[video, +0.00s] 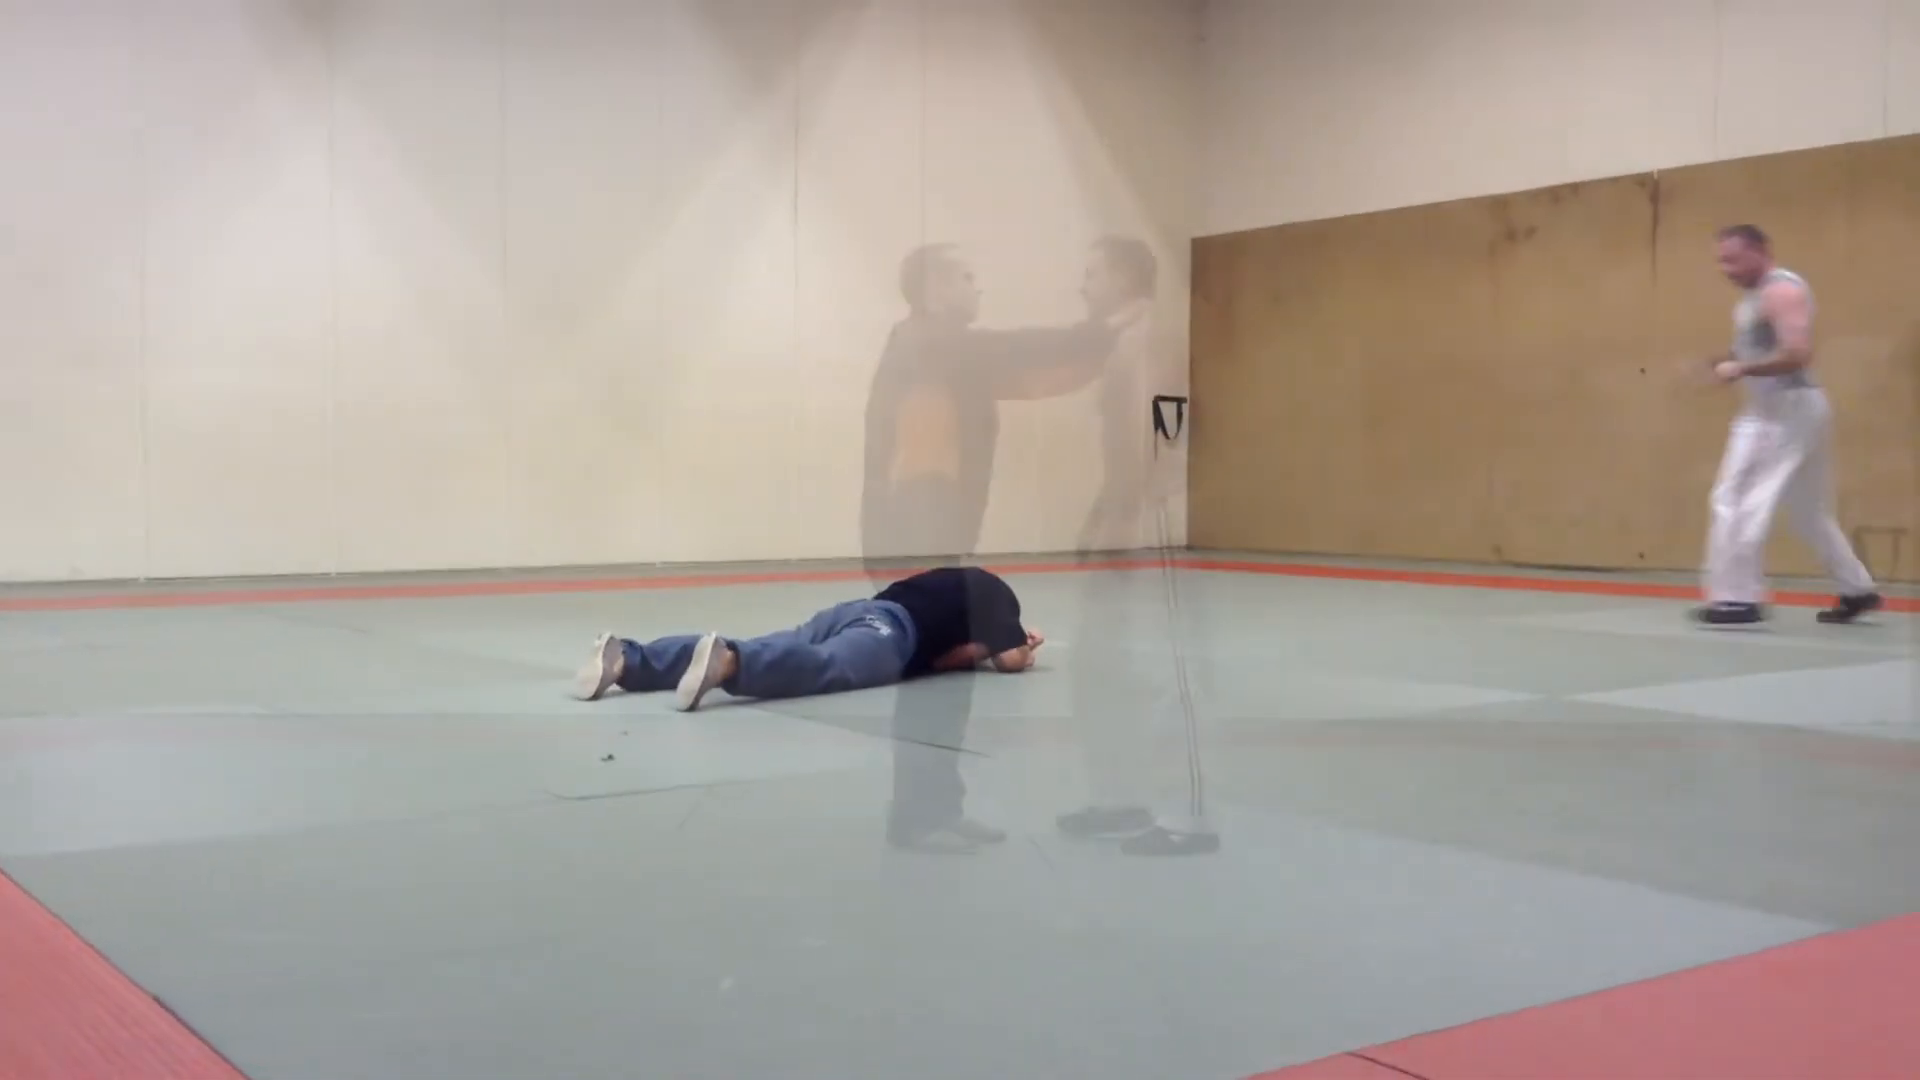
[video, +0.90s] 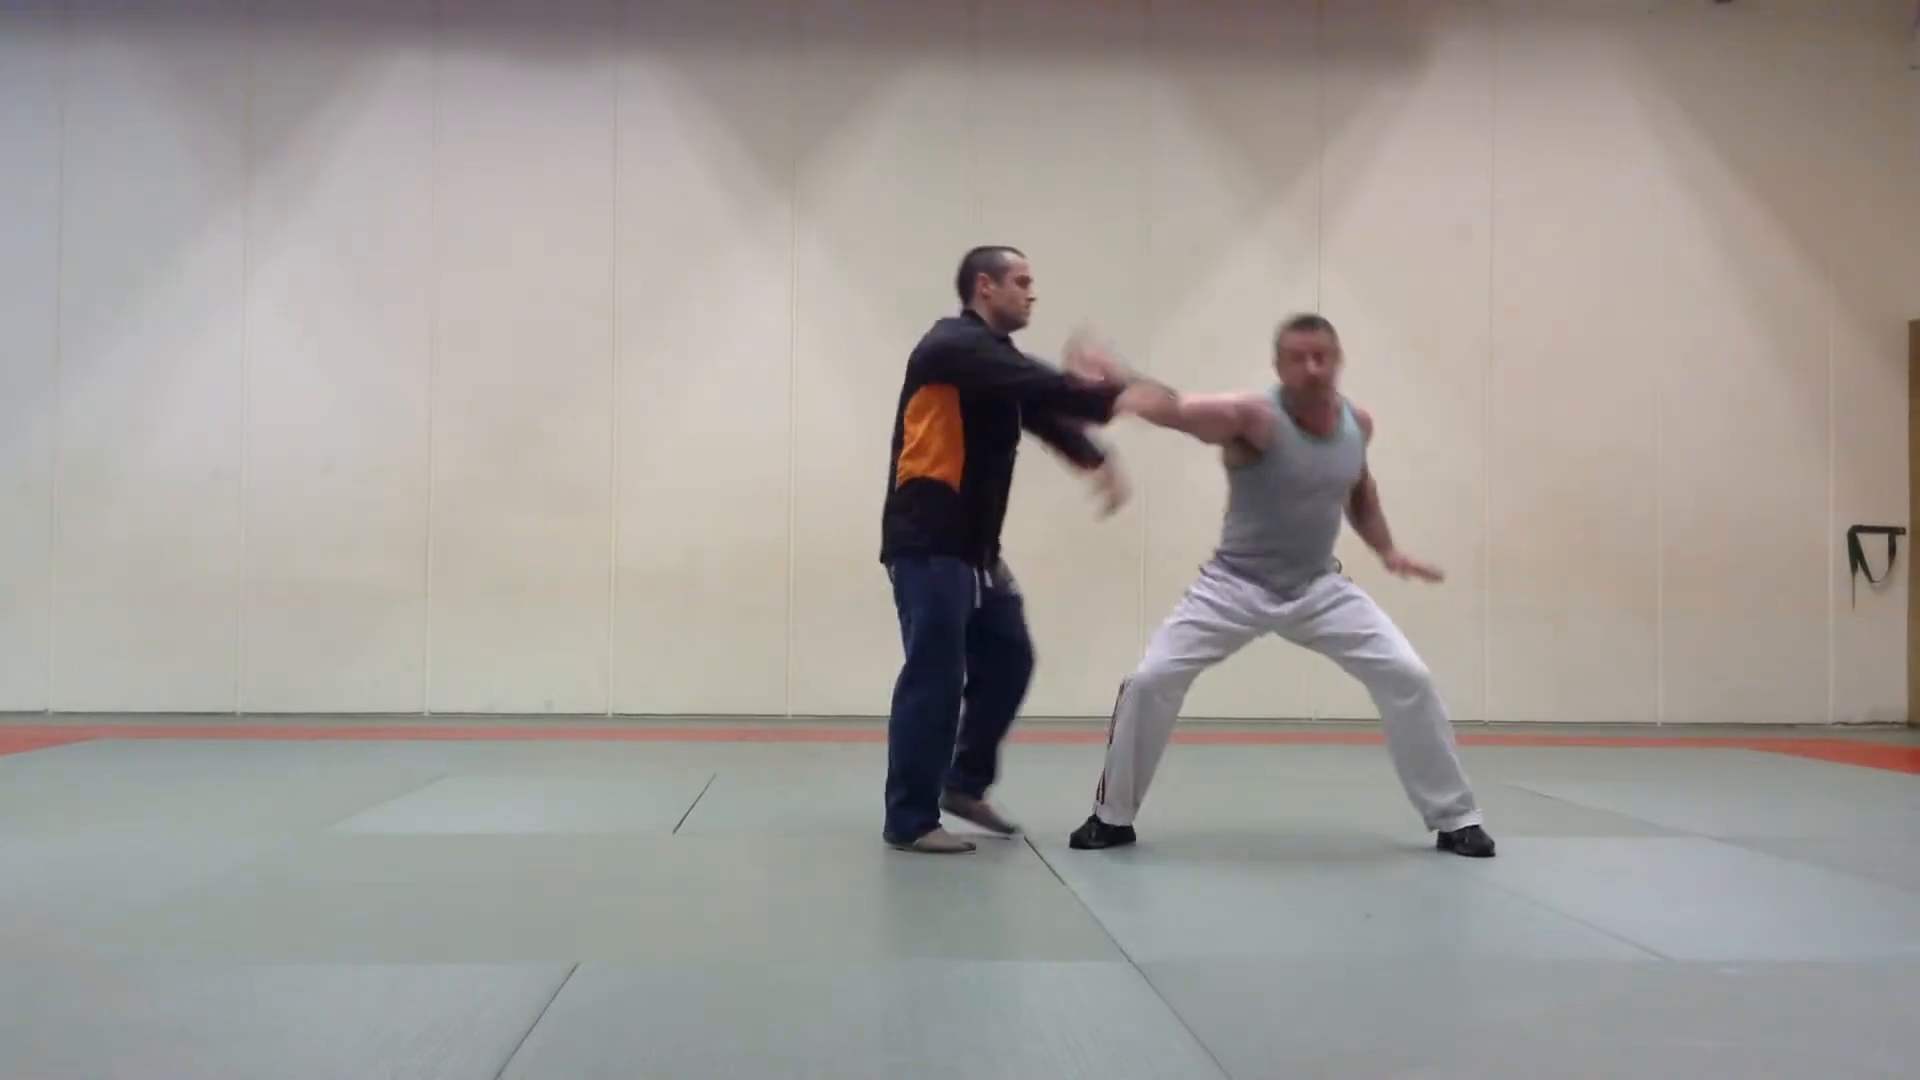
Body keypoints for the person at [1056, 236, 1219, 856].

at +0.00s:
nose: (1083, 284)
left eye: (1094, 272)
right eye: (1086, 272)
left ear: (1128, 280)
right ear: (1127, 282)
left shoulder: (1136, 348)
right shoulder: (1138, 343)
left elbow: (1133, 459)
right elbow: (1134, 455)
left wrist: (1108, 533)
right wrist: (1106, 525)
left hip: (1141, 531)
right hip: (1129, 528)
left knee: (1155, 670)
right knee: (1103, 662)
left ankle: (1180, 814)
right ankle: (1120, 797)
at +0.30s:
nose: (1075, 318)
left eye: (1083, 307)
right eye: (1075, 308)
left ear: (1118, 309)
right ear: (1105, 312)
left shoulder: (1163, 350)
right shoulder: (1106, 385)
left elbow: (1157, 425)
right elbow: (1122, 464)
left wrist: (1100, 491)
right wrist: (1110, 537)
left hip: (1212, 530)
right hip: (1162, 534)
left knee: (1187, 661)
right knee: (1120, 664)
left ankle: (1249, 798)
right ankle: (1137, 812)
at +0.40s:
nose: (1083, 343)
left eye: (1090, 330)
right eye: (1082, 332)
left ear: (1123, 326)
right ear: (1118, 331)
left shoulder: (1163, 356)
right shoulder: (1124, 399)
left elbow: (1160, 364)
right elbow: (1112, 486)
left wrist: (1119, 434)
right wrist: (1072, 541)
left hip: (1230, 556)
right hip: (1173, 556)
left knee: (1264, 688)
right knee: (1117, 671)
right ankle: (1135, 815)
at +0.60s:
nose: (1117, 352)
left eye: (1125, 340)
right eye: (1114, 344)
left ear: (1158, 337)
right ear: (1127, 348)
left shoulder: (1199, 370)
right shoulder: (1144, 403)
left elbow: (1280, 364)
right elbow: (1093, 416)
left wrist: (1368, 380)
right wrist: (1066, 358)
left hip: (1263, 571)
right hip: (1188, 572)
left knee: (1356, 688)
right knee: (1110, 672)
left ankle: (1452, 811)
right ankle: (1133, 815)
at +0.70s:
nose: (1178, 332)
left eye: (1189, 320)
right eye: (1169, 323)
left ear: (1218, 326)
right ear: (1163, 333)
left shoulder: (1267, 372)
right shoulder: (1161, 384)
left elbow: (1367, 396)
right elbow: (1085, 382)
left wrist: (1434, 466)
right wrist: (1083, 346)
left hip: (1290, 570)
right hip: (1204, 570)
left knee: (1373, 686)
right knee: (1120, 666)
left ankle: (1446, 817)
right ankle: (1132, 811)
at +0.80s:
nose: (1254, 339)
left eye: (1265, 328)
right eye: (1243, 328)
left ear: (1285, 335)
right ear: (1227, 335)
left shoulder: (1328, 399)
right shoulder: (1202, 395)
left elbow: (1376, 455)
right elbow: (1114, 393)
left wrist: (1412, 520)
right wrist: (1111, 352)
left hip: (1310, 576)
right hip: (1221, 571)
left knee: (1389, 679)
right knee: (1137, 674)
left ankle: (1451, 819)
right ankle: (1115, 813)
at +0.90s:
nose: (1312, 369)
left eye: (1323, 357)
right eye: (1298, 358)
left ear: (1339, 363)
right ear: (1278, 366)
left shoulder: (1354, 424)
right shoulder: (1252, 417)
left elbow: (1357, 489)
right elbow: (1174, 409)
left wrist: (1388, 550)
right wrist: (1119, 380)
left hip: (1317, 590)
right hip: (1234, 587)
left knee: (1408, 677)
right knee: (1149, 681)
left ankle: (1454, 821)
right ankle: (1112, 819)